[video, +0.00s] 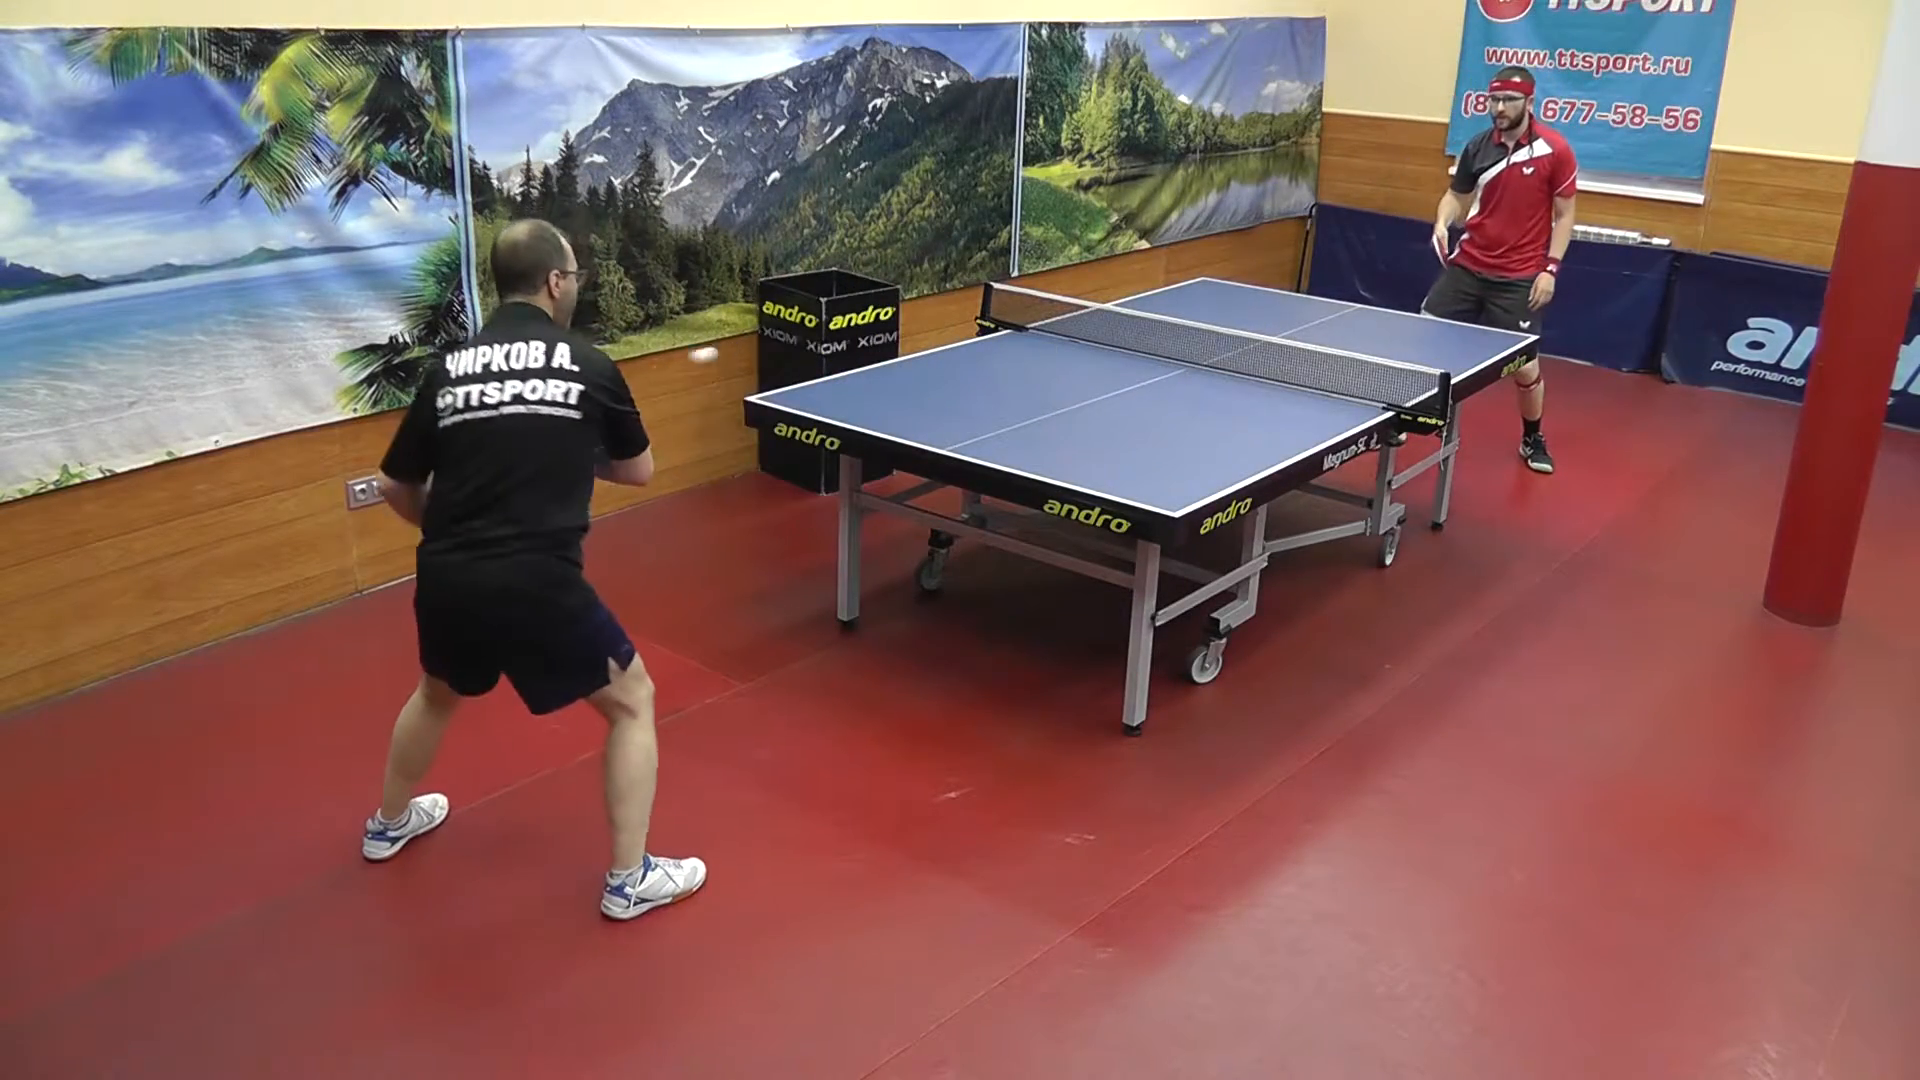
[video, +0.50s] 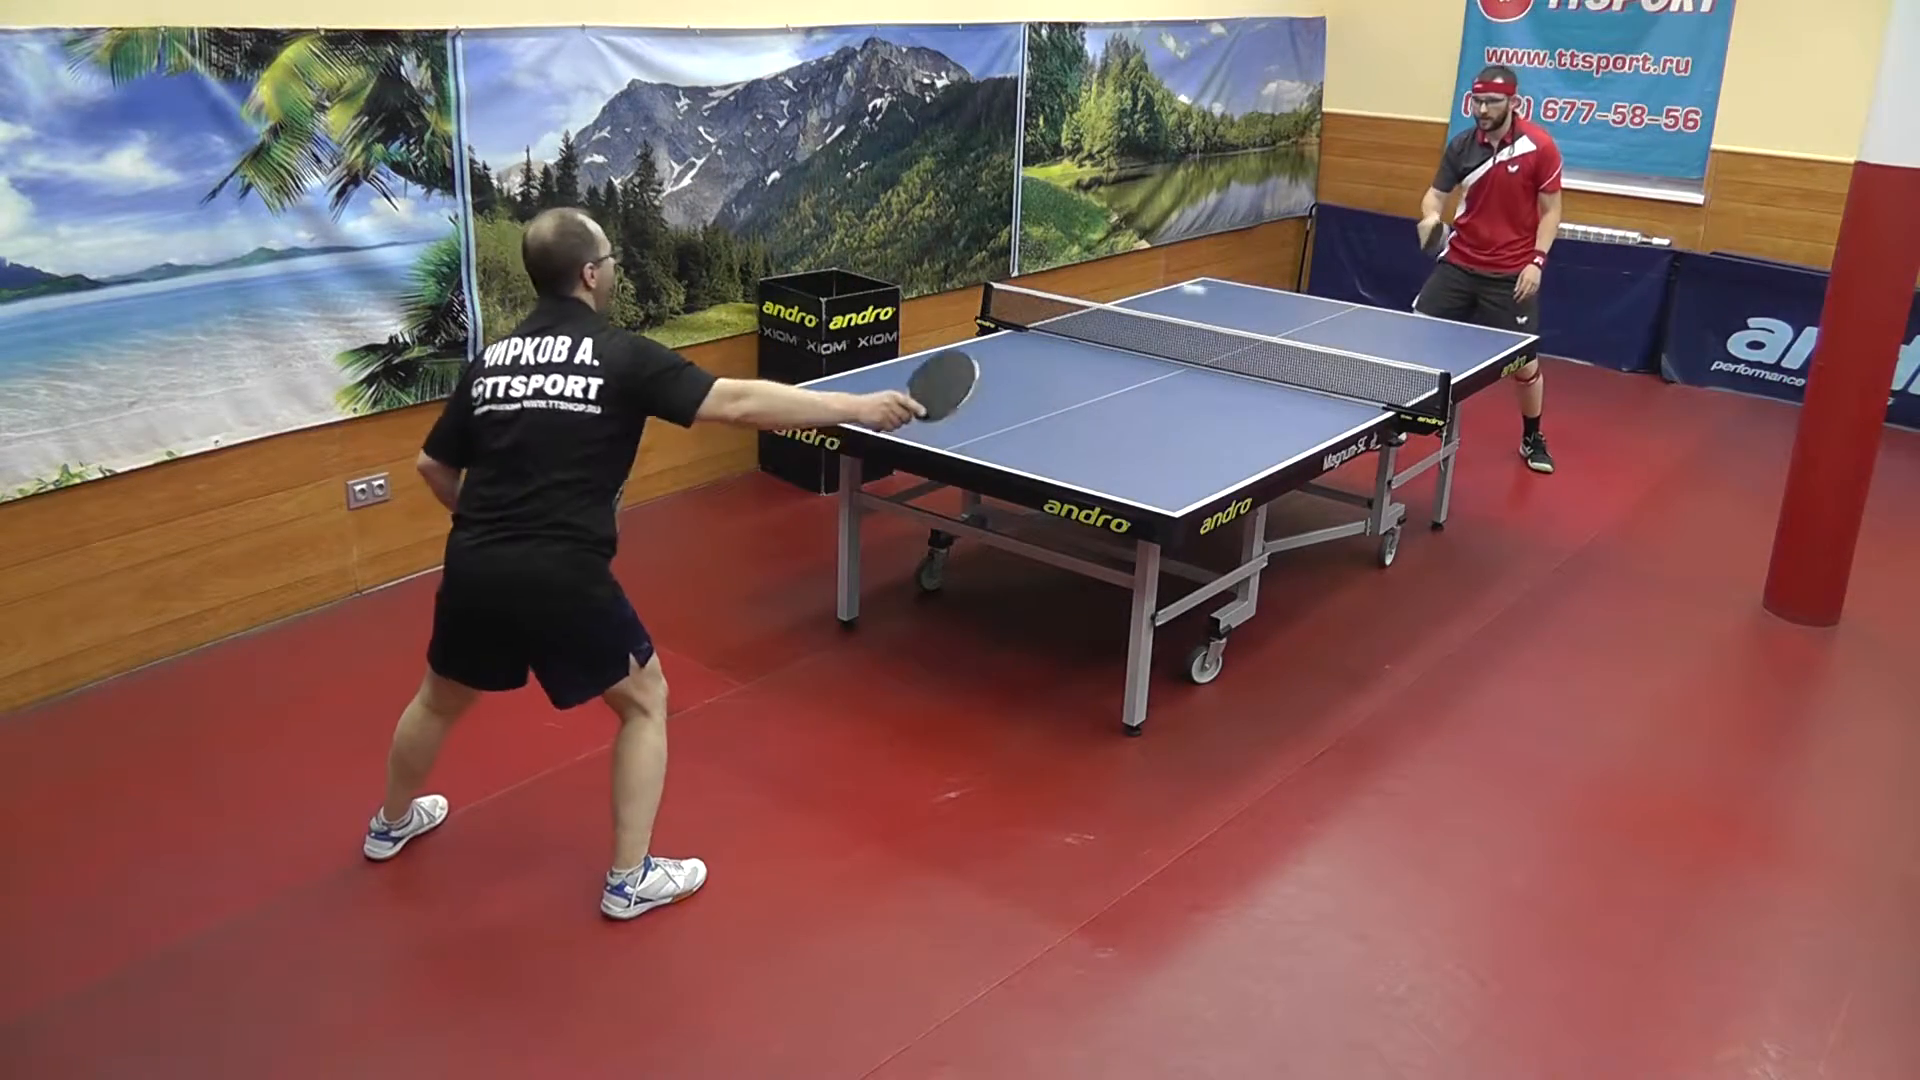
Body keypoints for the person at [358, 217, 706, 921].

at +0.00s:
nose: (576, 286)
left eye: (572, 273)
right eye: (572, 275)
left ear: (501, 284)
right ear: (554, 281)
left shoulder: (452, 365)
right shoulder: (587, 364)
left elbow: (398, 483)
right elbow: (637, 470)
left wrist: (448, 526)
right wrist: (566, 454)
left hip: (448, 580)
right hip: (540, 583)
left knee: (436, 693)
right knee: (631, 699)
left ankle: (388, 820)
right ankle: (630, 874)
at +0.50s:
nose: (612, 270)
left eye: (607, 258)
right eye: (606, 259)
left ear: (540, 275)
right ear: (588, 273)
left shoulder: (494, 357)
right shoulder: (622, 353)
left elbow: (435, 463)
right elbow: (732, 401)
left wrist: (483, 522)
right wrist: (856, 405)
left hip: (476, 567)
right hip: (564, 574)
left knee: (436, 700)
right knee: (643, 700)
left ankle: (388, 821)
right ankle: (630, 874)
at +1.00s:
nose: (582, 252)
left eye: (578, 241)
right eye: (574, 244)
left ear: (516, 258)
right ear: (547, 257)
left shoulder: (462, 322)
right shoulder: (555, 349)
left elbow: (420, 414)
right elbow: (595, 478)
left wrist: (485, 455)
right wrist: (669, 548)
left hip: (427, 530)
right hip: (500, 547)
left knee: (440, 648)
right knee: (586, 687)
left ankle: (402, 770)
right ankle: (623, 859)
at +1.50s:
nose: (538, 280)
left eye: (536, 268)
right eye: (525, 271)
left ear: (487, 279)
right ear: (481, 281)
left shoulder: (498, 333)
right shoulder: (432, 361)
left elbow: (522, 406)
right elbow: (370, 477)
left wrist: (576, 453)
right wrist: (393, 563)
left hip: (483, 541)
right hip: (459, 553)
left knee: (463, 654)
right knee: (535, 682)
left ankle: (390, 755)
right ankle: (586, 855)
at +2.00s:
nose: (432, 227)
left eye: (427, 215)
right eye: (422, 218)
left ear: (367, 236)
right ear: (393, 231)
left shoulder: (339, 332)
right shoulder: (431, 287)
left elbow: (331, 456)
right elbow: (513, 366)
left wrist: (397, 449)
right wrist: (456, 357)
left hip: (379, 510)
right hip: (445, 505)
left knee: (420, 632)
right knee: (483, 677)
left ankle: (387, 761)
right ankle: (473, 859)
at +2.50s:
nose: (526, 258)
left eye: (522, 245)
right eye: (520, 248)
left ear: (456, 255)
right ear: (496, 258)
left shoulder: (408, 324)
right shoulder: (504, 342)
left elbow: (367, 427)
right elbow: (556, 469)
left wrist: (425, 456)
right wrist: (566, 499)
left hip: (383, 529)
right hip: (453, 540)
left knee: (418, 638)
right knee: (529, 696)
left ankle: (389, 755)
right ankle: (532, 874)